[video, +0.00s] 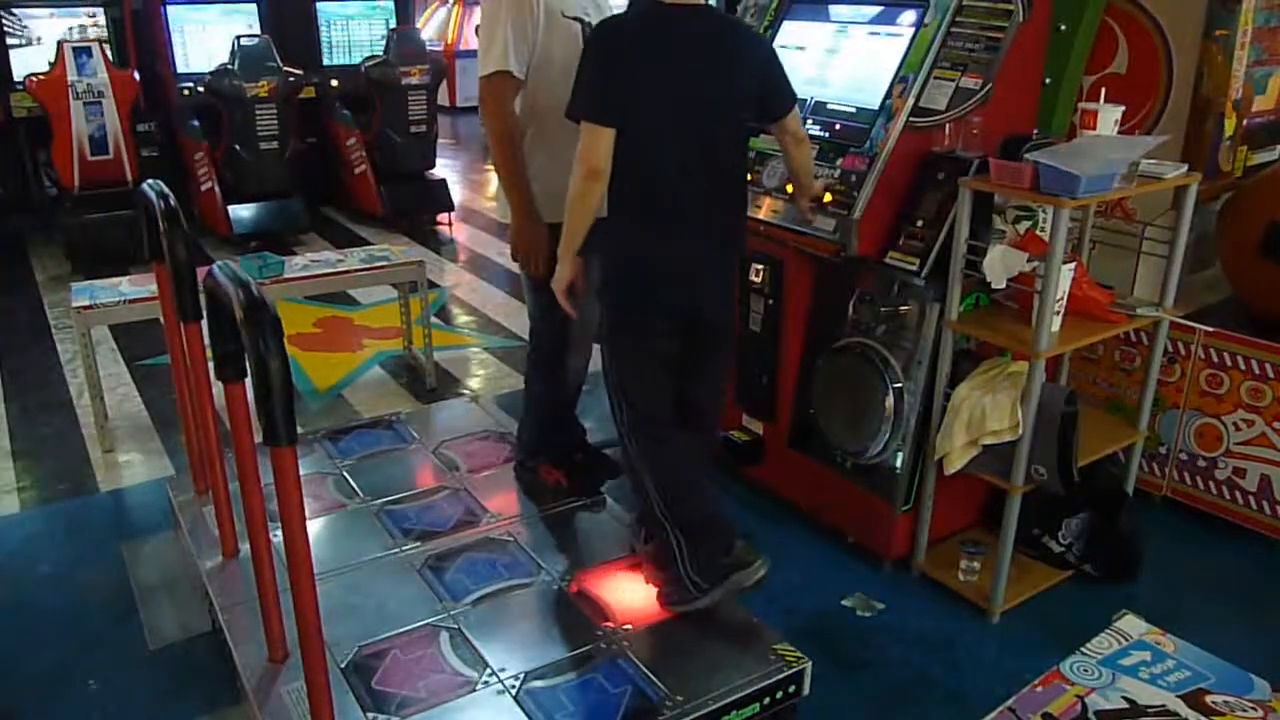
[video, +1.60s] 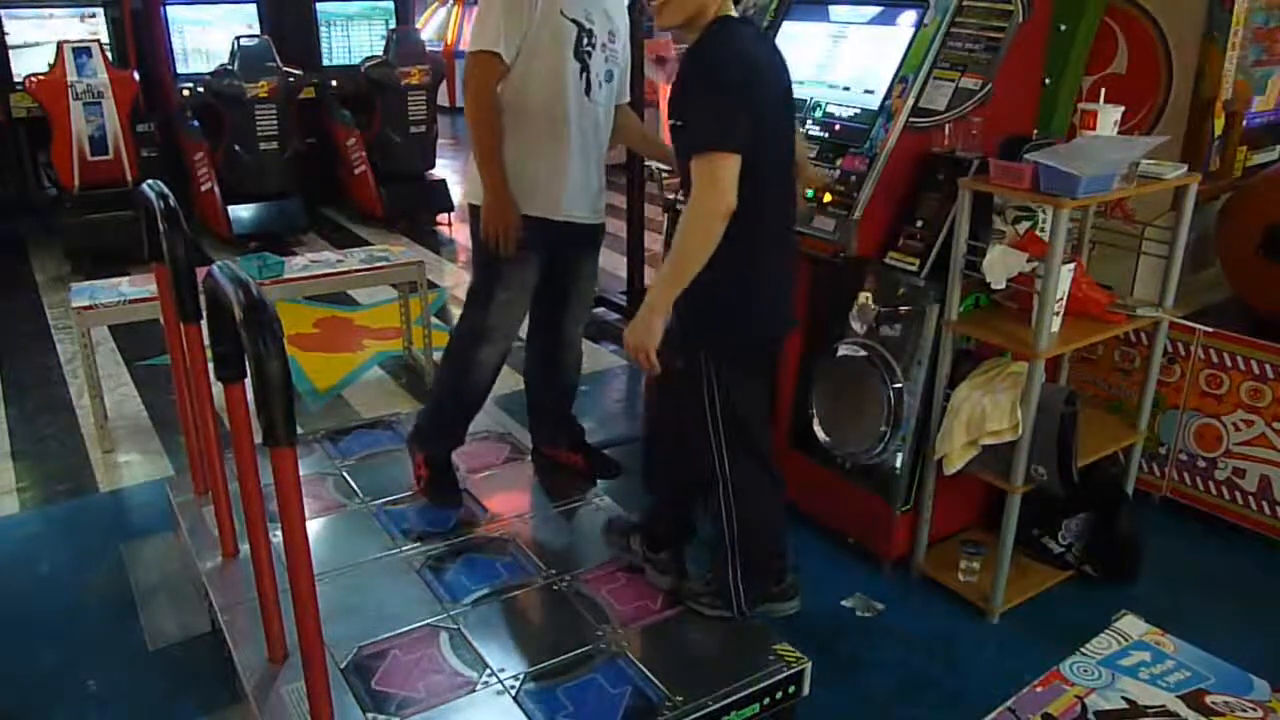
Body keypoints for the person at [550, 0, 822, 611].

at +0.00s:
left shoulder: (616, 37)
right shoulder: (747, 42)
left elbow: (593, 166)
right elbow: (795, 143)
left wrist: (569, 252)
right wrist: (807, 187)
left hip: (634, 255)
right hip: (713, 259)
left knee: (644, 411)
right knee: (696, 404)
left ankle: (718, 554)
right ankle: (660, 532)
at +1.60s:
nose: (651, 4)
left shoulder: (714, 60)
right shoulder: (751, 48)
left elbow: (714, 199)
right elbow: (796, 168)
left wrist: (655, 304)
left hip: (720, 294)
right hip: (748, 285)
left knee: (729, 441)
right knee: (676, 418)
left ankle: (757, 582)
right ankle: (662, 540)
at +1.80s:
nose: (632, 3)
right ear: (664, 1)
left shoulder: (718, 58)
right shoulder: (684, 57)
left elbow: (731, 199)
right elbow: (681, 170)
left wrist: (676, 317)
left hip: (728, 299)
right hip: (684, 288)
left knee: (728, 445)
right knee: (638, 422)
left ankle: (760, 578)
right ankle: (645, 546)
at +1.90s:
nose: (615, 5)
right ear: (627, 4)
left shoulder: (707, 58)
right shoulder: (649, 54)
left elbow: (731, 196)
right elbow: (667, 160)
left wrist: (685, 317)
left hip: (714, 296)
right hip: (657, 291)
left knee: (720, 444)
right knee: (625, 426)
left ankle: (758, 574)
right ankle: (624, 548)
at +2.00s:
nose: (593, 3)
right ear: (606, 4)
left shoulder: (693, 55)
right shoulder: (634, 54)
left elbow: (719, 195)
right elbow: (646, 182)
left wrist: (686, 317)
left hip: (686, 300)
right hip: (640, 293)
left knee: (706, 444)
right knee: (615, 427)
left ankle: (755, 567)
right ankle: (610, 549)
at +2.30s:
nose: (526, 2)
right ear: (541, 2)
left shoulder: (641, 53)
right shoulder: (550, 56)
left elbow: (672, 186)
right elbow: (553, 177)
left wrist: (645, 314)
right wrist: (524, 268)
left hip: (620, 294)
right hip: (564, 286)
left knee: (607, 444)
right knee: (568, 435)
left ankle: (671, 553)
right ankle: (603, 556)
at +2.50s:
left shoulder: (615, 53)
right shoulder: (499, 48)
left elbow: (649, 189)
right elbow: (490, 165)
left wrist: (623, 311)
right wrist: (453, 265)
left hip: (594, 284)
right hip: (524, 277)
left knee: (564, 452)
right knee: (553, 431)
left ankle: (566, 600)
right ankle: (604, 548)